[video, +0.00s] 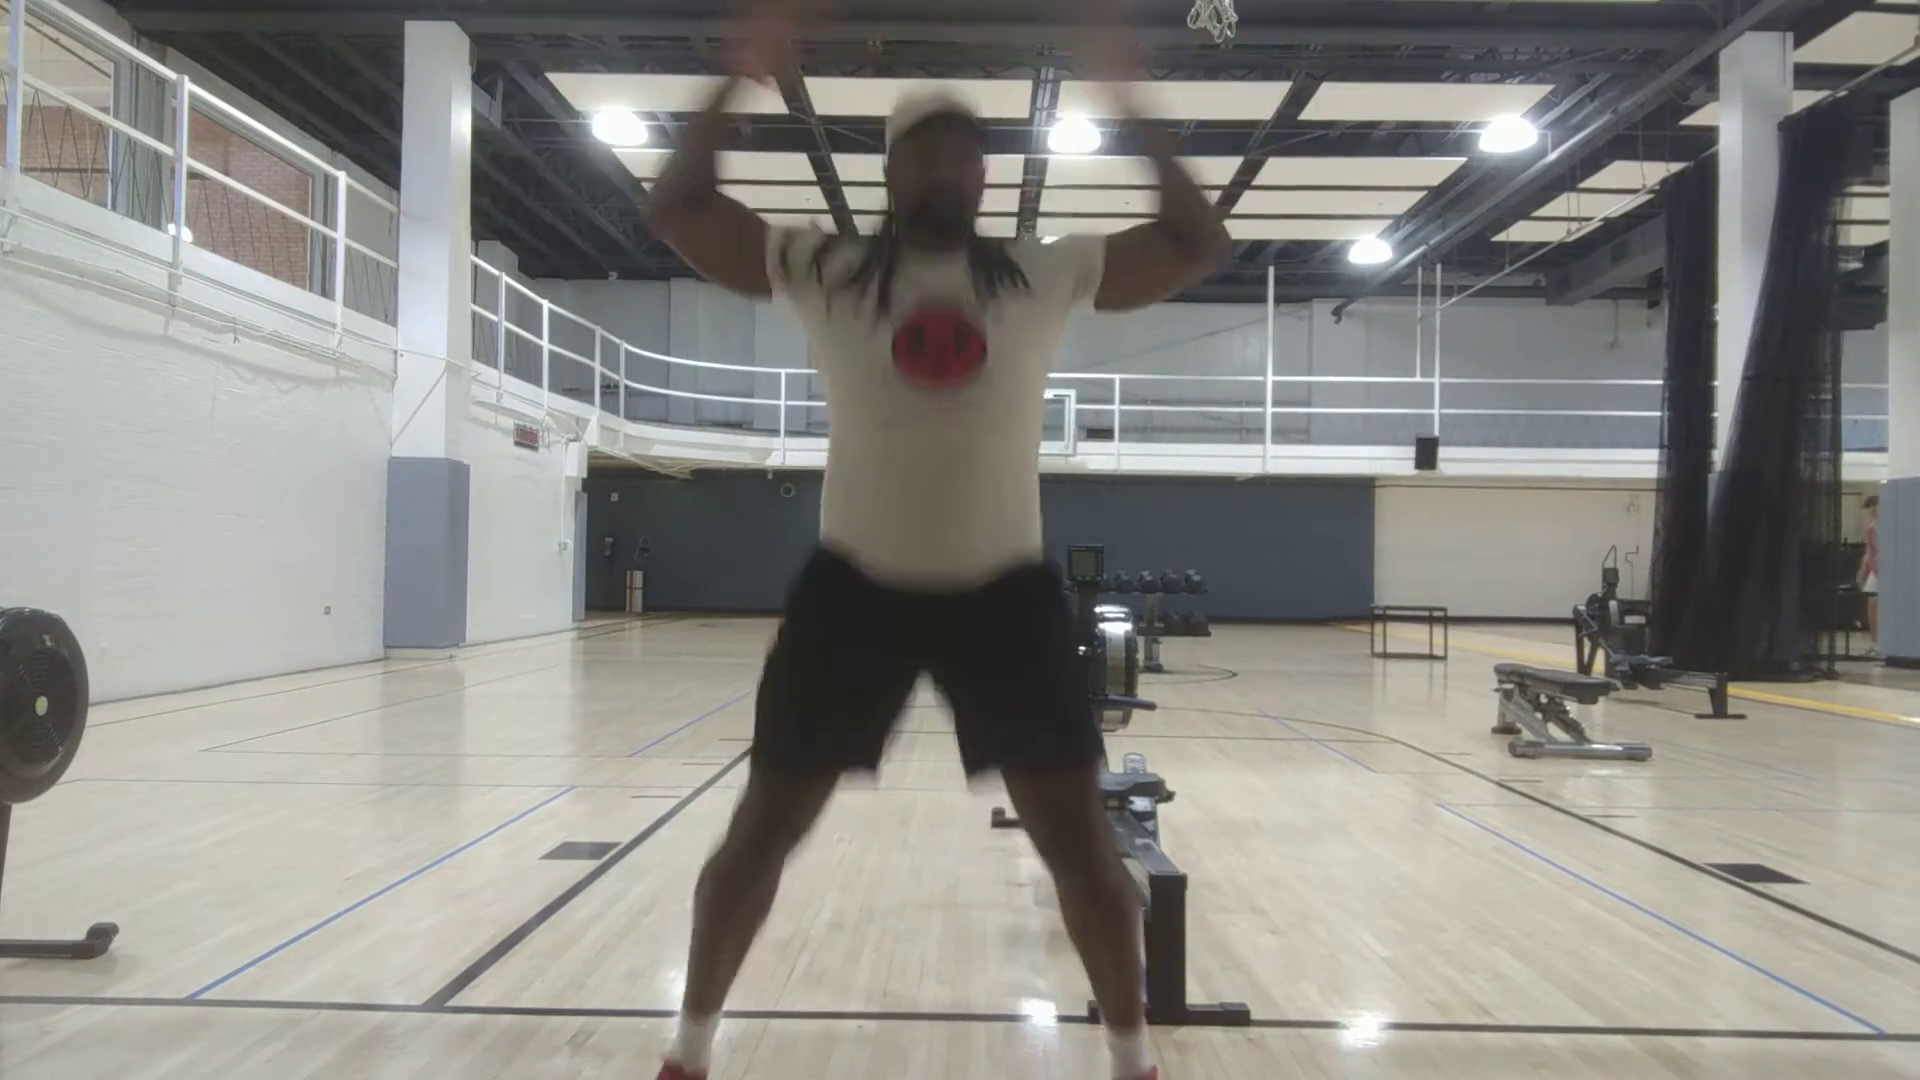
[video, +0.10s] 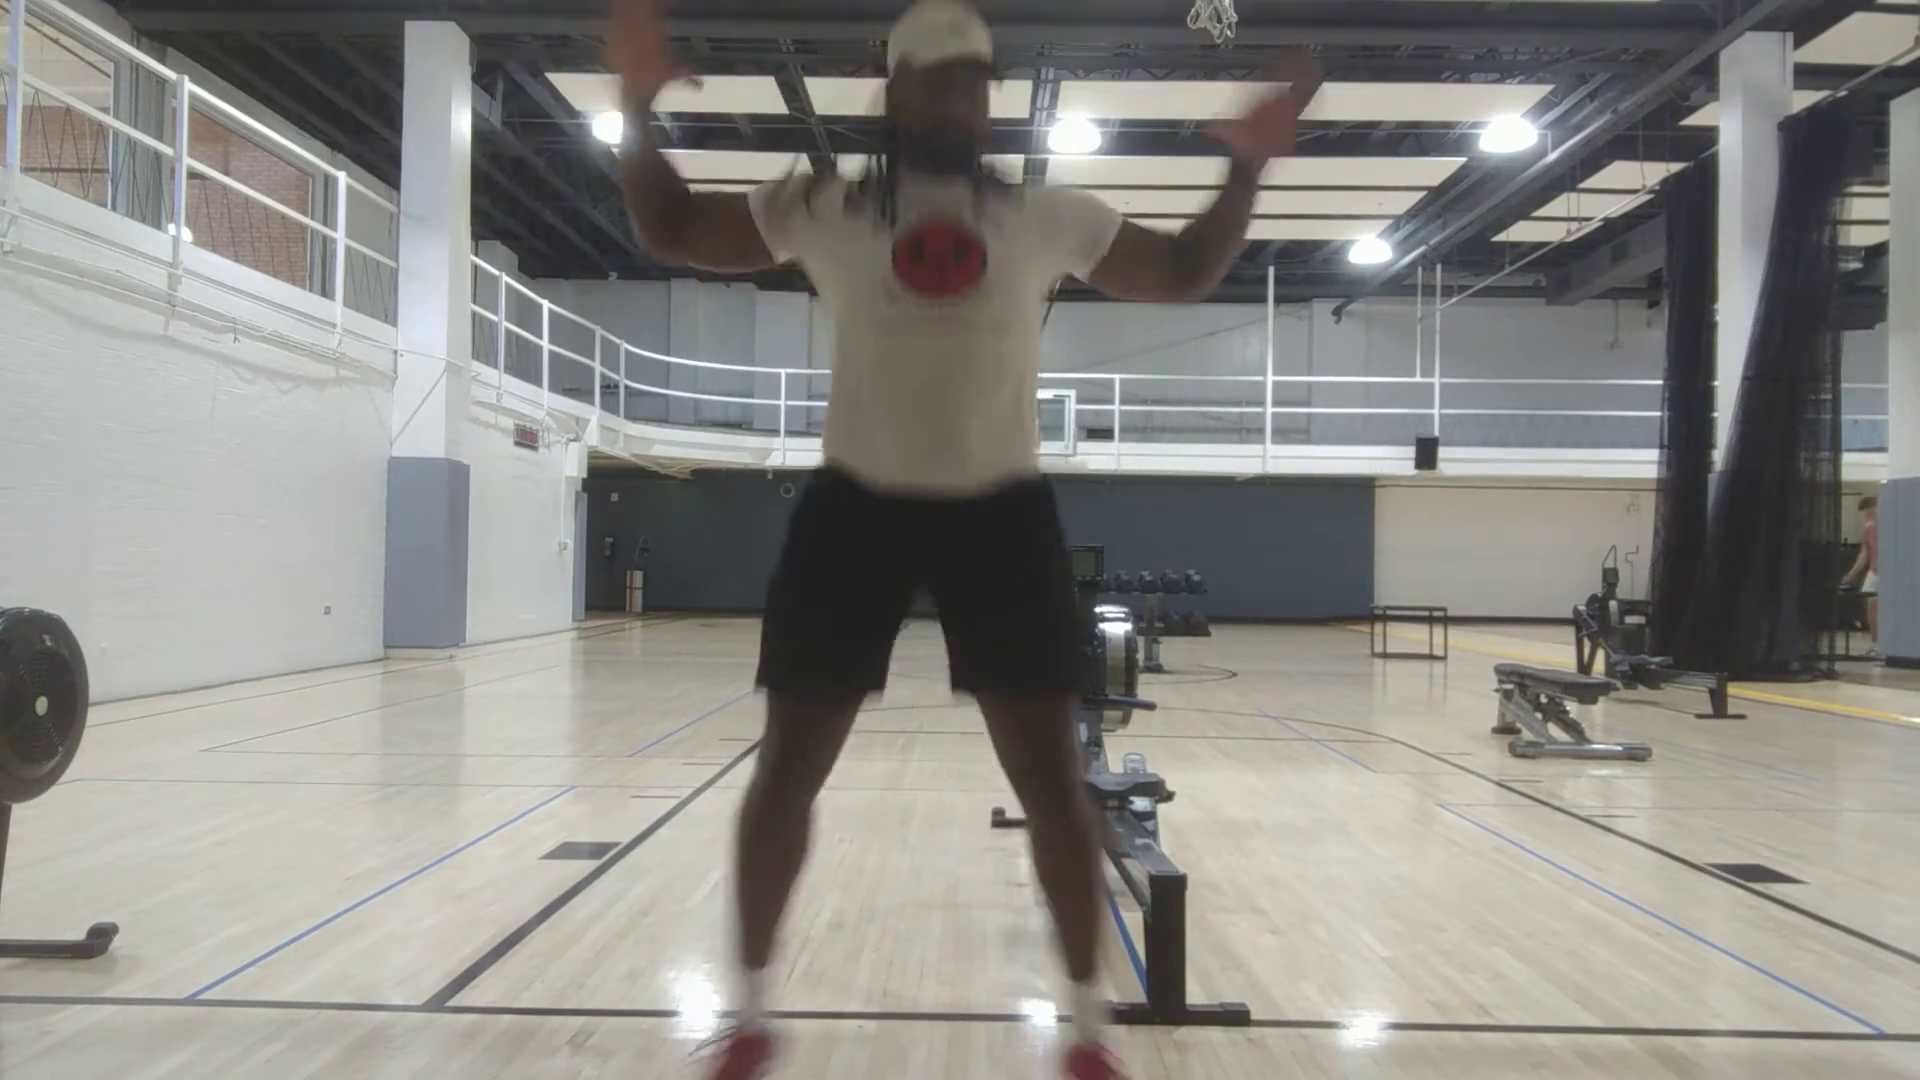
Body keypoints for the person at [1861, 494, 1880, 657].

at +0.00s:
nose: (1867, 514)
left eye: (1869, 510)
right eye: (1867, 510)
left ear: (1873, 510)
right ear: (1873, 510)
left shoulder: (1874, 529)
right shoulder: (1872, 529)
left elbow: (1871, 554)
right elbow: (1869, 553)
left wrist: (1862, 574)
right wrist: (1861, 574)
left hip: (1877, 573)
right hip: (1875, 572)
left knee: (1873, 610)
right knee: (1873, 609)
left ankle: (1876, 643)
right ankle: (1876, 643)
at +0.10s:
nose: (1867, 515)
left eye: (1869, 511)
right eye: (1865, 512)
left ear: (1875, 509)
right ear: (1864, 512)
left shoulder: (1881, 526)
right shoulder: (1869, 527)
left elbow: (1865, 554)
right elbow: (1864, 554)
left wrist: (1850, 576)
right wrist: (1850, 576)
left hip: (1881, 573)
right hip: (1874, 572)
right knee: (1872, 606)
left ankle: (1878, 644)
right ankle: (1875, 643)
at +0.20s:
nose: (1864, 517)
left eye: (1866, 512)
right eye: (1862, 513)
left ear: (1873, 510)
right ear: (1862, 513)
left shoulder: (1885, 524)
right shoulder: (1866, 527)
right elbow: (1860, 551)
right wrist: (1845, 572)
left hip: (1886, 572)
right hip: (1874, 571)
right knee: (1872, 605)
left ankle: (1882, 644)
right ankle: (1875, 643)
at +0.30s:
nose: (1862, 517)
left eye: (1863, 513)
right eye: (1860, 514)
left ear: (1870, 510)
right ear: (1861, 513)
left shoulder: (1884, 524)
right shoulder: (1865, 527)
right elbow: (1859, 551)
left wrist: (1843, 570)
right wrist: (1843, 570)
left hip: (1883, 571)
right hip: (1874, 571)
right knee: (1872, 603)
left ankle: (1879, 644)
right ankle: (1875, 643)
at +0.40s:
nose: (1859, 519)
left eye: (1860, 515)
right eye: (1858, 516)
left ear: (1865, 512)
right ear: (1861, 513)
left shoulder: (1875, 524)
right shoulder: (1865, 526)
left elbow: (1858, 550)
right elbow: (1857, 550)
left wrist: (1841, 570)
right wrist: (1841, 570)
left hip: (1879, 573)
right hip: (1874, 573)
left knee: (1874, 609)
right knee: (1872, 606)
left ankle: (1877, 643)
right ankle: (1875, 643)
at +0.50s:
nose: (1859, 519)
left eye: (1860, 515)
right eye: (1857, 516)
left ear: (1867, 512)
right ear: (1858, 515)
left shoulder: (1881, 524)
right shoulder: (1863, 527)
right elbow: (1857, 550)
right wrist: (1842, 569)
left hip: (1885, 573)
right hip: (1873, 573)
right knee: (1872, 605)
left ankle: (1881, 644)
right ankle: (1875, 642)